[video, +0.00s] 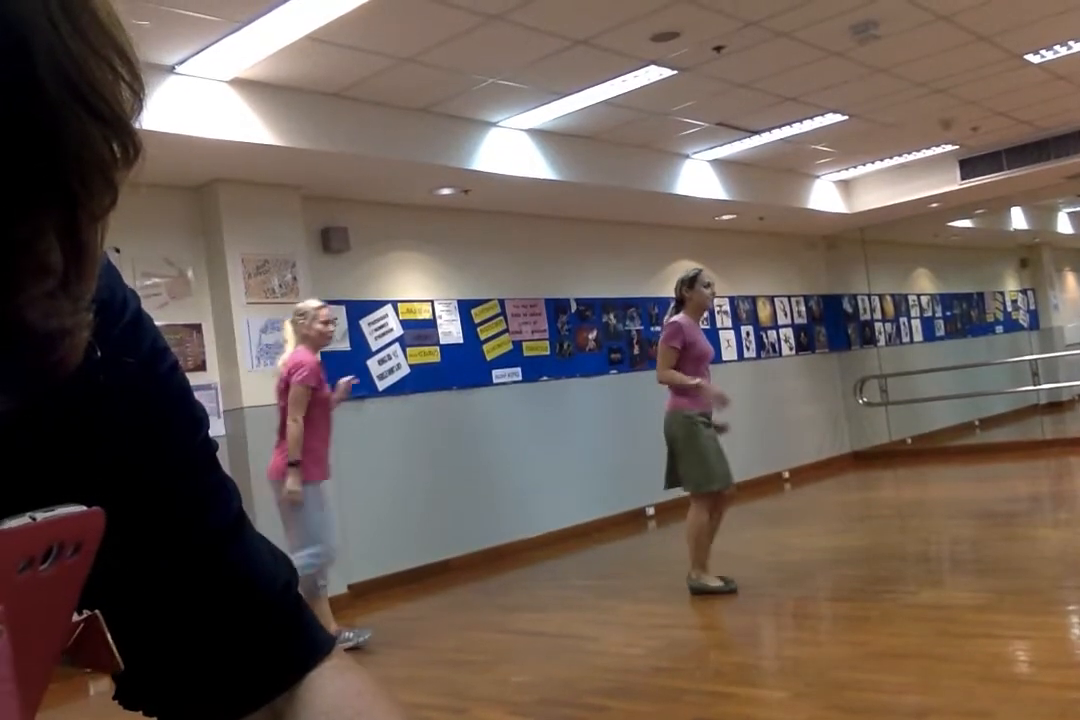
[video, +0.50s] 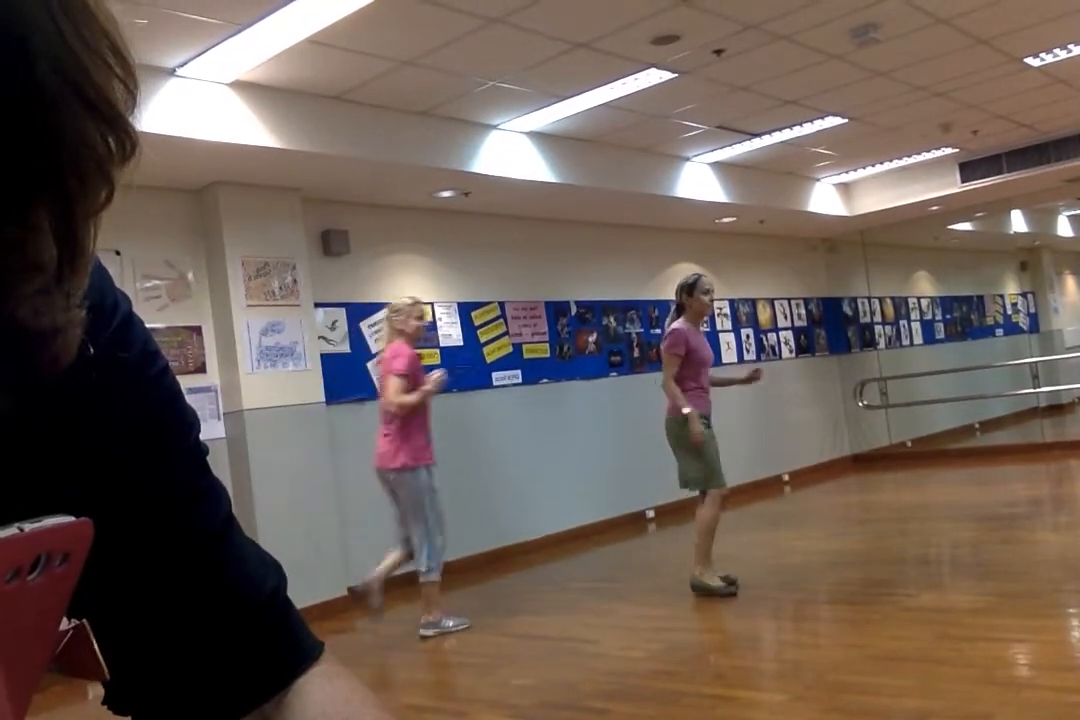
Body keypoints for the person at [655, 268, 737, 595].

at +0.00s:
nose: (713, 292)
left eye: (713, 287)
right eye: (707, 286)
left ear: (700, 294)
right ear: (687, 291)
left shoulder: (695, 328)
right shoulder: (676, 326)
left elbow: (692, 378)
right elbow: (663, 373)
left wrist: (708, 418)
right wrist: (701, 385)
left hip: (699, 419)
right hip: (685, 420)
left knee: (720, 494)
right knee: (703, 496)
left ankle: (701, 570)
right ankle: (697, 573)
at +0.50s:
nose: (711, 300)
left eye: (712, 295)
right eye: (705, 294)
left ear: (705, 300)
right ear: (687, 298)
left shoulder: (697, 332)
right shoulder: (679, 333)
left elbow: (702, 379)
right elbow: (668, 381)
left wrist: (741, 380)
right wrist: (689, 415)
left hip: (699, 418)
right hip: (687, 419)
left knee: (711, 493)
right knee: (714, 491)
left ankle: (705, 570)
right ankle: (701, 572)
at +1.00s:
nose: (726, 295)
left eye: (726, 290)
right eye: (720, 290)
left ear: (714, 297)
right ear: (700, 294)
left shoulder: (716, 329)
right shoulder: (680, 331)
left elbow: (713, 373)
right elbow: (674, 377)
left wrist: (720, 408)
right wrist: (695, 386)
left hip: (718, 417)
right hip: (692, 421)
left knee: (742, 486)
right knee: (704, 496)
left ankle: (721, 555)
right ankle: (704, 568)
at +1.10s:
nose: (732, 294)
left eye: (732, 289)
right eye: (726, 288)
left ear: (722, 295)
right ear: (706, 293)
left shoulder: (722, 328)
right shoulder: (690, 327)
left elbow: (715, 374)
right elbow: (688, 373)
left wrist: (725, 411)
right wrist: (718, 365)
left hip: (724, 416)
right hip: (698, 419)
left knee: (755, 485)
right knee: (708, 494)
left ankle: (751, 565)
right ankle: (705, 570)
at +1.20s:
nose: (741, 288)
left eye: (741, 283)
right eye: (735, 283)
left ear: (729, 291)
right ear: (714, 289)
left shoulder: (729, 323)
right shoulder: (703, 320)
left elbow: (724, 367)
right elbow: (699, 363)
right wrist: (733, 352)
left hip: (735, 414)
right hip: (708, 417)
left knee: (758, 489)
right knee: (705, 497)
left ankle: (778, 565)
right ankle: (705, 568)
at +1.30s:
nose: (749, 289)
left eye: (749, 284)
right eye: (743, 283)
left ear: (734, 290)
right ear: (723, 289)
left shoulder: (739, 325)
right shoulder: (715, 320)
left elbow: (734, 367)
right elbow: (715, 361)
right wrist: (748, 360)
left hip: (748, 415)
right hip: (722, 417)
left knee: (769, 490)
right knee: (720, 493)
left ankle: (777, 568)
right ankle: (706, 565)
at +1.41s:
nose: (758, 289)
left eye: (758, 284)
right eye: (752, 284)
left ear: (746, 291)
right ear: (732, 290)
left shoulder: (747, 325)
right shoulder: (725, 321)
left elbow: (748, 372)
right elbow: (733, 366)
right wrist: (764, 390)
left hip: (759, 413)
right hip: (736, 415)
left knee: (783, 488)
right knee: (754, 496)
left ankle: (779, 567)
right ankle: (719, 552)